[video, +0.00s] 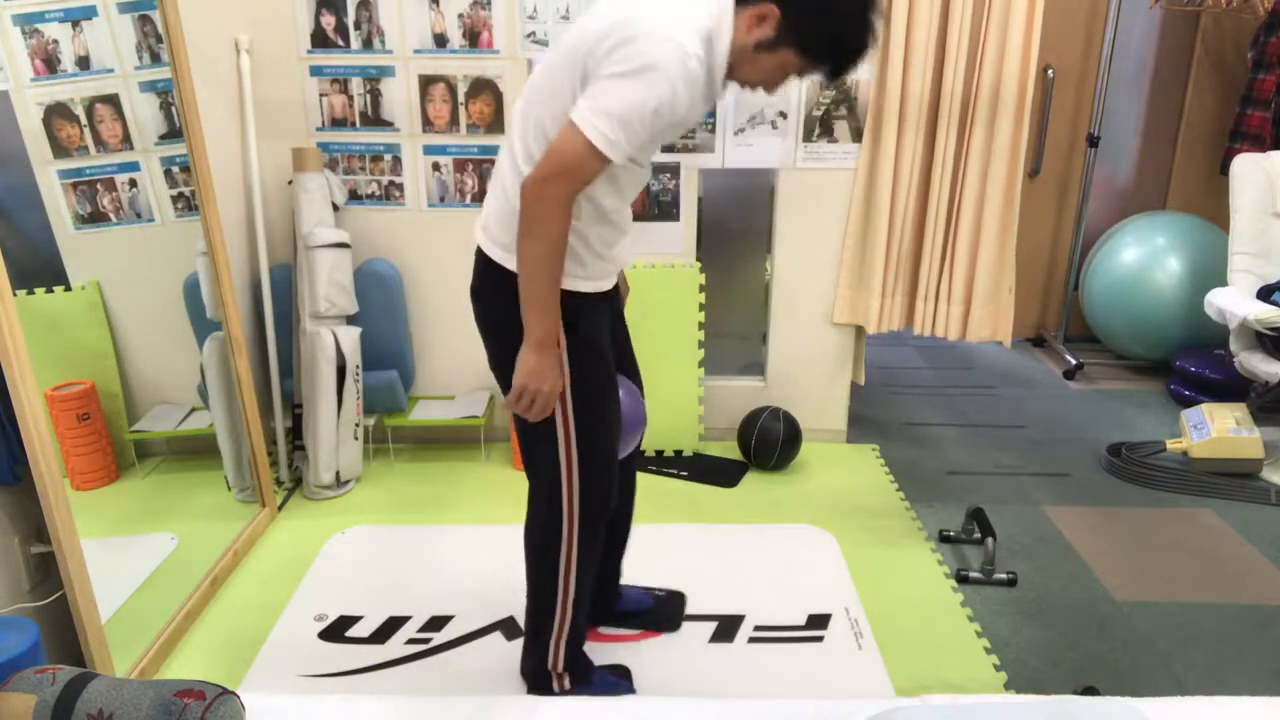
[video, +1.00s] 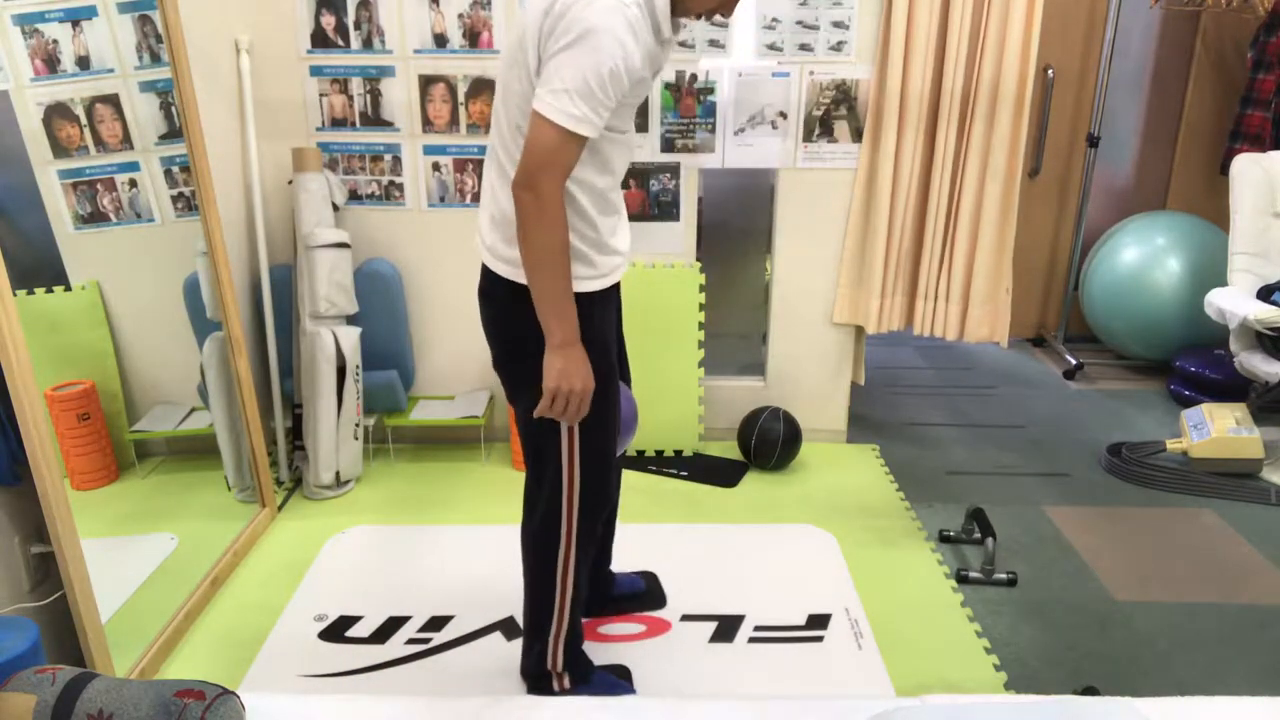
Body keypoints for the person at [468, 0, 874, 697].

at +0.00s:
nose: (778, 88)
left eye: (793, 78)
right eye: (788, 71)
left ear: (761, 17)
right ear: (762, 21)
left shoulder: (700, 44)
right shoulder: (666, 63)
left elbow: (603, 171)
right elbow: (545, 187)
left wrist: (611, 261)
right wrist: (541, 339)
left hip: (586, 276)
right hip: (539, 282)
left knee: (618, 435)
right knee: (576, 471)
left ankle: (594, 595)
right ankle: (554, 669)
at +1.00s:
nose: (728, 7)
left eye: (734, 1)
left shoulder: (640, 19)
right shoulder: (608, 29)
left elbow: (573, 173)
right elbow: (535, 185)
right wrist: (562, 341)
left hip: (587, 276)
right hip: (547, 287)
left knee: (603, 438)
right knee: (566, 473)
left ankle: (589, 583)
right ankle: (553, 666)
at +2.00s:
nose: (726, 35)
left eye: (740, 27)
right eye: (742, 19)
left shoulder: (621, 13)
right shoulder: (657, 7)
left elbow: (577, 122)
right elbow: (595, 115)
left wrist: (601, 254)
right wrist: (615, 262)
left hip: (559, 239)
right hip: (551, 241)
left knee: (590, 423)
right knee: (566, 442)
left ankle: (580, 586)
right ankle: (523, 653)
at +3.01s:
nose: (767, 4)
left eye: (773, 3)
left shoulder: (647, 8)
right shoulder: (691, 8)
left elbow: (612, 140)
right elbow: (636, 146)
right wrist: (658, 296)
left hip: (590, 252)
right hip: (620, 264)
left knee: (623, 436)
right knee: (653, 459)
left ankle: (576, 578)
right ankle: (625, 645)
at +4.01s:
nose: (861, 12)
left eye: (868, 7)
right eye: (867, 2)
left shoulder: (781, 18)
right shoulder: (774, 10)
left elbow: (714, 131)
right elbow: (701, 117)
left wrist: (730, 243)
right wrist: (708, 266)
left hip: (680, 240)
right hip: (658, 240)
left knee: (699, 412)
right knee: (669, 433)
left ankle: (657, 575)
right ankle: (642, 643)